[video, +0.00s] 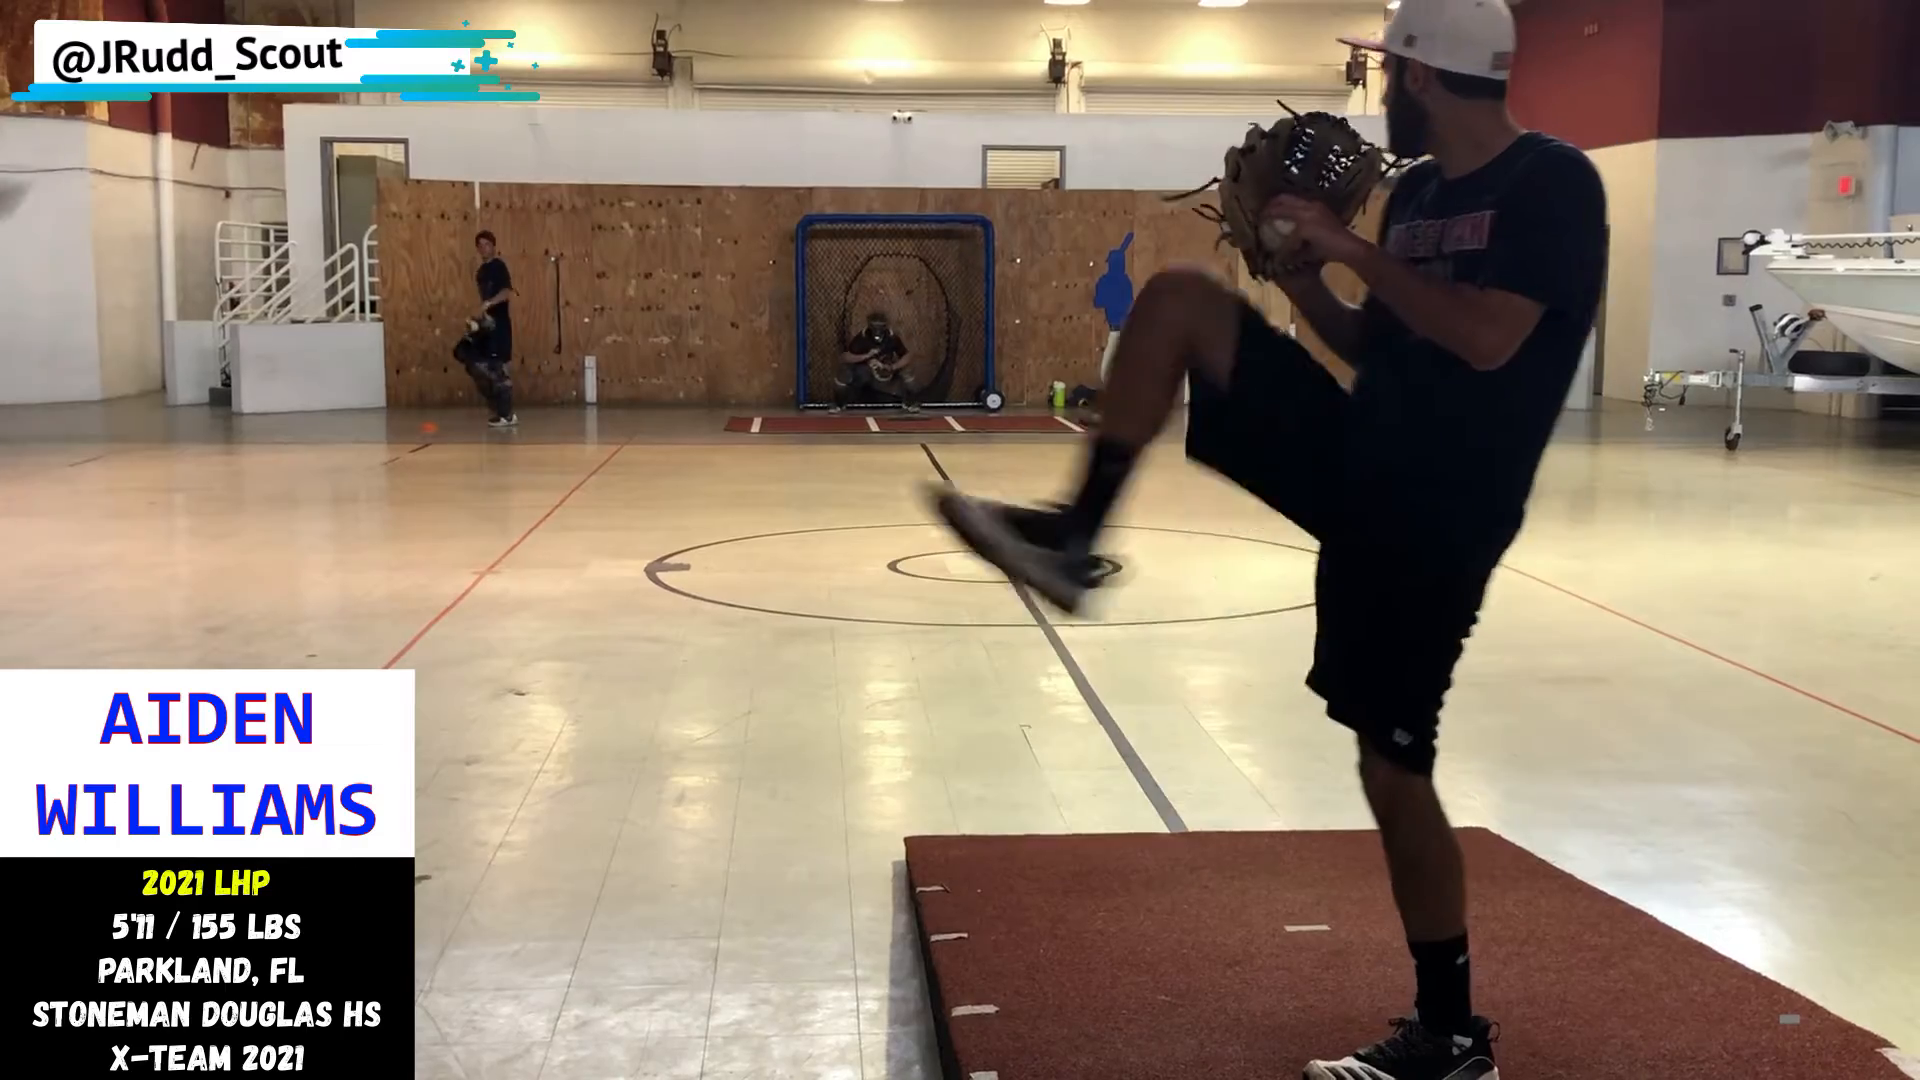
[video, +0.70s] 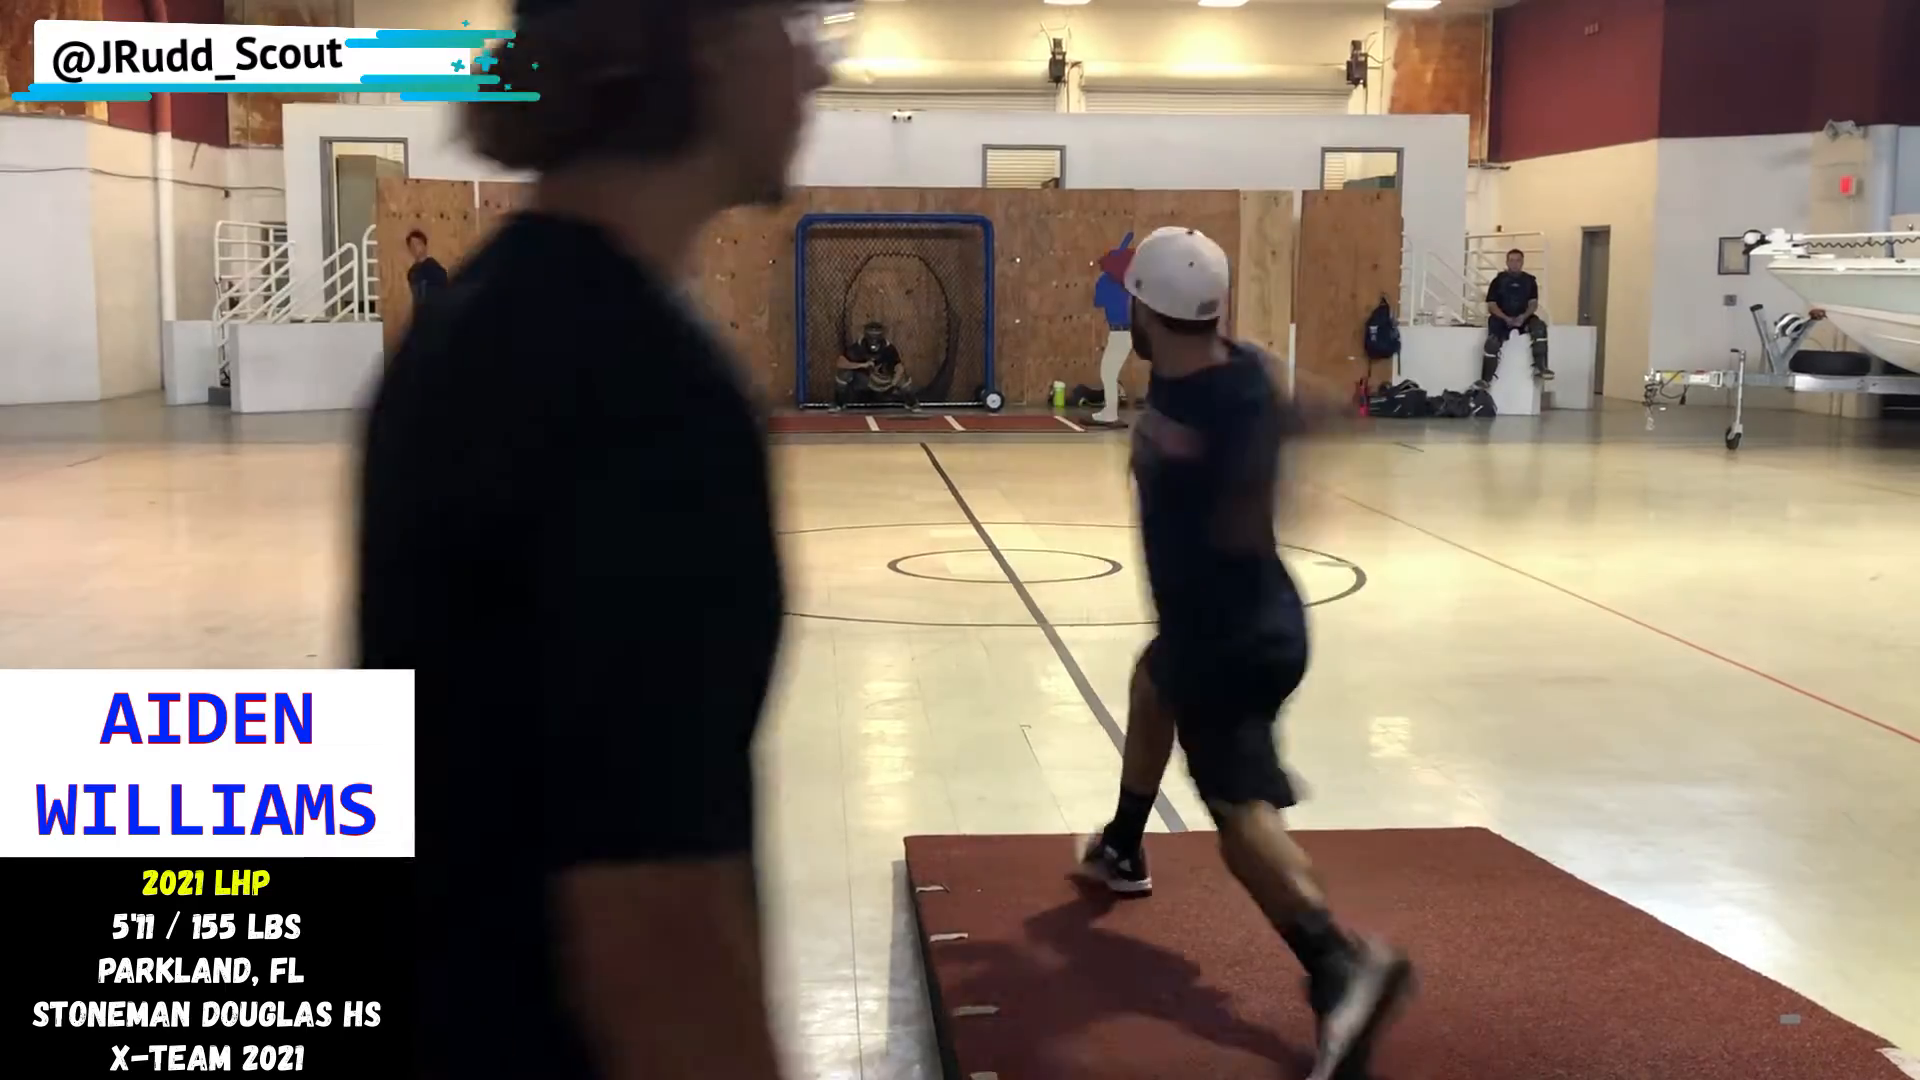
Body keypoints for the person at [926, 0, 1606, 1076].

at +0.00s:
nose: (1386, 81)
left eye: (1397, 62)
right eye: (1389, 62)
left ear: (1433, 71)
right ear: (1451, 75)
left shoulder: (1555, 182)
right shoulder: (1418, 190)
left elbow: (1491, 332)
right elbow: (1370, 354)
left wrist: (1347, 248)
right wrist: (1287, 267)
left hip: (1437, 514)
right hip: (1354, 463)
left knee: (1392, 765)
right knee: (1181, 301)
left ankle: (1449, 1028)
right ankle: (1073, 536)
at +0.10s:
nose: (1360, 96)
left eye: (1368, 76)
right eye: (1360, 78)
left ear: (1408, 78)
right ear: (1418, 80)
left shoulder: (1530, 187)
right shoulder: (1388, 194)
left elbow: (1480, 347)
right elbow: (1356, 361)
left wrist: (1336, 265)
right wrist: (1275, 283)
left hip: (1417, 518)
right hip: (1336, 466)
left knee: (1364, 767)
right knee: (1176, 312)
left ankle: (1445, 1029)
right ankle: (1222, 565)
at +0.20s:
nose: (1326, 115)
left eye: (1337, 98)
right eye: (1328, 97)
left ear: (1380, 102)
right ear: (1392, 101)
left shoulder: (1502, 207)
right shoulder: (1356, 210)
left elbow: (1478, 384)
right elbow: (1333, 358)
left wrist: (1316, 339)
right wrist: (1254, 326)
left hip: (1418, 533)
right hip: (1330, 486)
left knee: (1338, 777)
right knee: (1139, 444)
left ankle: (1441, 1027)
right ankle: (1232, 660)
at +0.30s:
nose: (1294, 168)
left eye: (1303, 151)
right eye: (1297, 150)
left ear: (1340, 159)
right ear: (1373, 158)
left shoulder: (1476, 264)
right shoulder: (1321, 257)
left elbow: (1470, 440)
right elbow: (1263, 370)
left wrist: (1289, 507)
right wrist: (1182, 435)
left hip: (1425, 556)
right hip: (1327, 528)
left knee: (1320, 780)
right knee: (1128, 577)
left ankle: (1438, 1029)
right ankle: (1161, 807)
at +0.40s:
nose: (1261, 244)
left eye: (1269, 230)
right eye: (1265, 230)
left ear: (1297, 237)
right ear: (1350, 232)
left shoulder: (1443, 336)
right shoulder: (1277, 323)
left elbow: (1478, 516)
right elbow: (1170, 407)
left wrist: (1423, 657)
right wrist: (1077, 518)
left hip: (1402, 586)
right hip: (1309, 558)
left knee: (1291, 787)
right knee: (1133, 664)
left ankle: (1429, 1028)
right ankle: (1108, 858)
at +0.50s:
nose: (1212, 311)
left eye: (1218, 295)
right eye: (1217, 295)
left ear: (1238, 306)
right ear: (1308, 298)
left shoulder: (1396, 400)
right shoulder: (1228, 377)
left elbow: (1503, 534)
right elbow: (1123, 414)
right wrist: (1023, 494)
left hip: (1367, 621)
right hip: (1277, 592)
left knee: (1256, 807)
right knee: (1135, 703)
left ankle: (1419, 1025)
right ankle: (1115, 835)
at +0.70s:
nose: (1129, 317)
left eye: (1133, 305)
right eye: (1133, 304)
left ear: (1150, 315)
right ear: (1216, 309)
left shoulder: (1192, 402)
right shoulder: (1247, 373)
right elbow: (1301, 413)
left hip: (1226, 642)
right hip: (1262, 623)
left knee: (1245, 821)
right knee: (1150, 682)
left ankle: (1339, 969)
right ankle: (1121, 844)